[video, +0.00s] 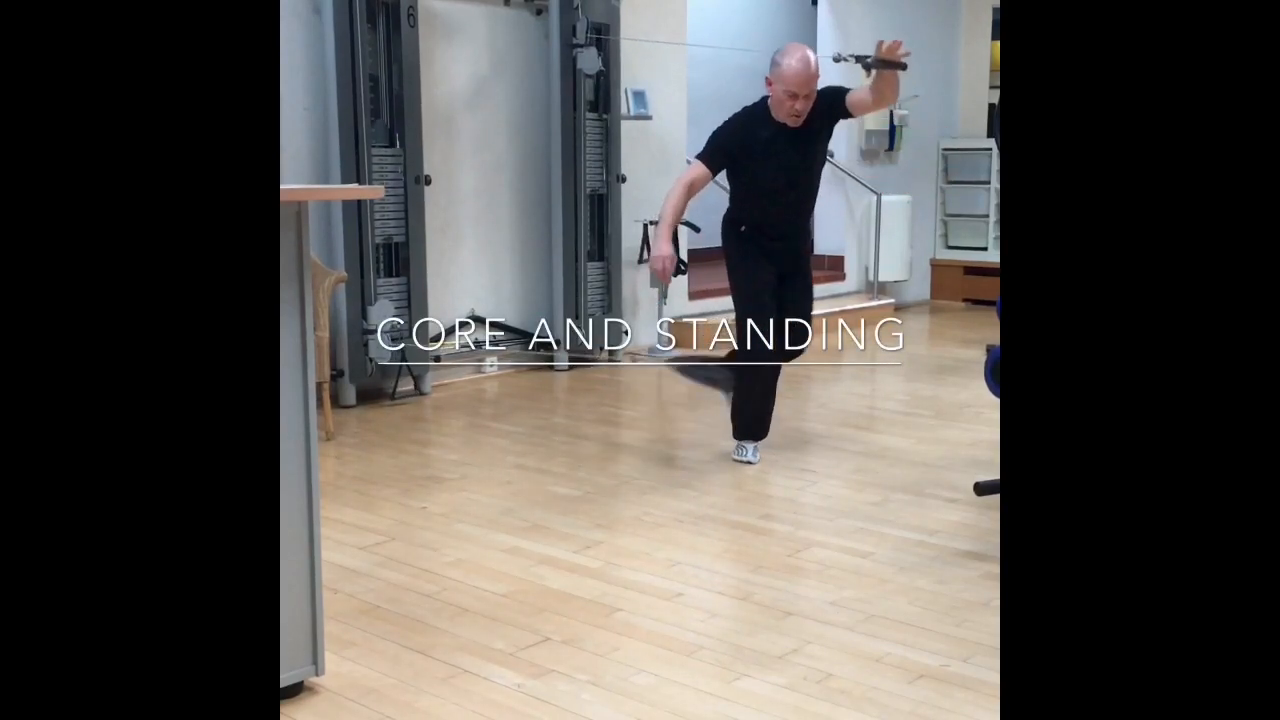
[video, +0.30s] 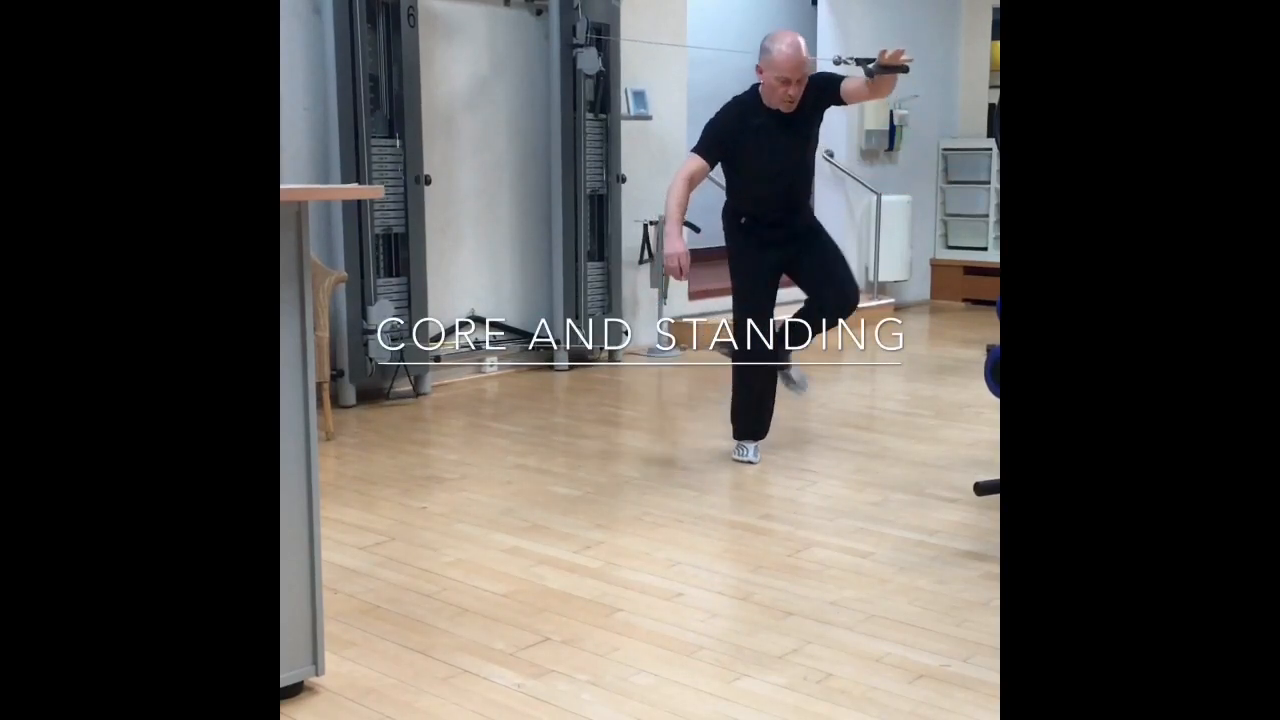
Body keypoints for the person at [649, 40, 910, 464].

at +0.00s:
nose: (800, 105)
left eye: (808, 96)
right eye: (791, 95)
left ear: (817, 86)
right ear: (769, 85)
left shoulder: (825, 107)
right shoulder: (742, 127)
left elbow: (881, 98)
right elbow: (687, 184)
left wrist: (888, 66)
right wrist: (662, 240)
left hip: (796, 243)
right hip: (747, 243)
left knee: (794, 339)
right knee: (759, 339)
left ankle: (726, 371)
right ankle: (747, 437)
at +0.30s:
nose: (793, 91)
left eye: (800, 81)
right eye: (784, 82)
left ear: (808, 71)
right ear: (761, 72)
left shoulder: (816, 91)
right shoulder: (735, 117)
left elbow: (874, 89)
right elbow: (685, 178)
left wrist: (886, 70)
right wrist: (673, 234)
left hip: (800, 227)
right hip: (750, 235)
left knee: (841, 297)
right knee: (754, 336)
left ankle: (779, 345)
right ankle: (747, 434)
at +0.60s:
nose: (788, 77)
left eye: (796, 67)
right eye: (779, 67)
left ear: (803, 61)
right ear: (755, 61)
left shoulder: (812, 89)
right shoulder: (725, 109)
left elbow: (871, 88)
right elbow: (671, 163)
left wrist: (887, 67)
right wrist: (642, 220)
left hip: (804, 217)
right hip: (754, 230)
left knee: (868, 246)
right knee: (757, 332)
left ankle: (834, 333)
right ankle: (748, 435)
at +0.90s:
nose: (786, 71)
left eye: (793, 61)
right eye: (778, 61)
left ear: (800, 56)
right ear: (753, 53)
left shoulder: (807, 90)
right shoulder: (716, 106)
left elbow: (867, 95)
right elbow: (660, 154)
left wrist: (885, 67)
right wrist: (619, 205)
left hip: (802, 213)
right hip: (752, 231)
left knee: (874, 209)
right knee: (758, 331)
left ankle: (894, 320)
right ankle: (748, 434)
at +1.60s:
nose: (775, 62)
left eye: (779, 53)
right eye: (766, 53)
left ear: (782, 50)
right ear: (737, 51)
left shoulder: (790, 82)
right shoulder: (713, 108)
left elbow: (853, 60)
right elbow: (678, 167)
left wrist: (873, 19)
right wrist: (679, 219)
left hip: (801, 213)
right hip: (752, 233)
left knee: (876, 206)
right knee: (756, 333)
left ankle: (892, 318)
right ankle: (747, 433)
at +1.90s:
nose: (794, 64)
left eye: (796, 56)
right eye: (786, 57)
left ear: (791, 51)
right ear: (754, 53)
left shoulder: (790, 81)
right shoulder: (726, 103)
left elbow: (846, 59)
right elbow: (702, 169)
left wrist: (879, 30)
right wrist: (736, 214)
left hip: (792, 214)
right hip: (749, 229)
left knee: (876, 216)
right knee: (755, 331)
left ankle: (860, 319)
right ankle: (745, 434)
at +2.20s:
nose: (810, 63)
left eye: (810, 56)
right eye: (804, 56)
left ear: (779, 53)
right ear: (774, 53)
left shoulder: (774, 84)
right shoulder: (746, 104)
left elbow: (814, 62)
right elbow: (755, 169)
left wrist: (852, 40)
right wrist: (805, 214)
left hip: (787, 211)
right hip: (751, 225)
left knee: (876, 217)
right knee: (762, 329)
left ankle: (845, 306)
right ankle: (746, 434)